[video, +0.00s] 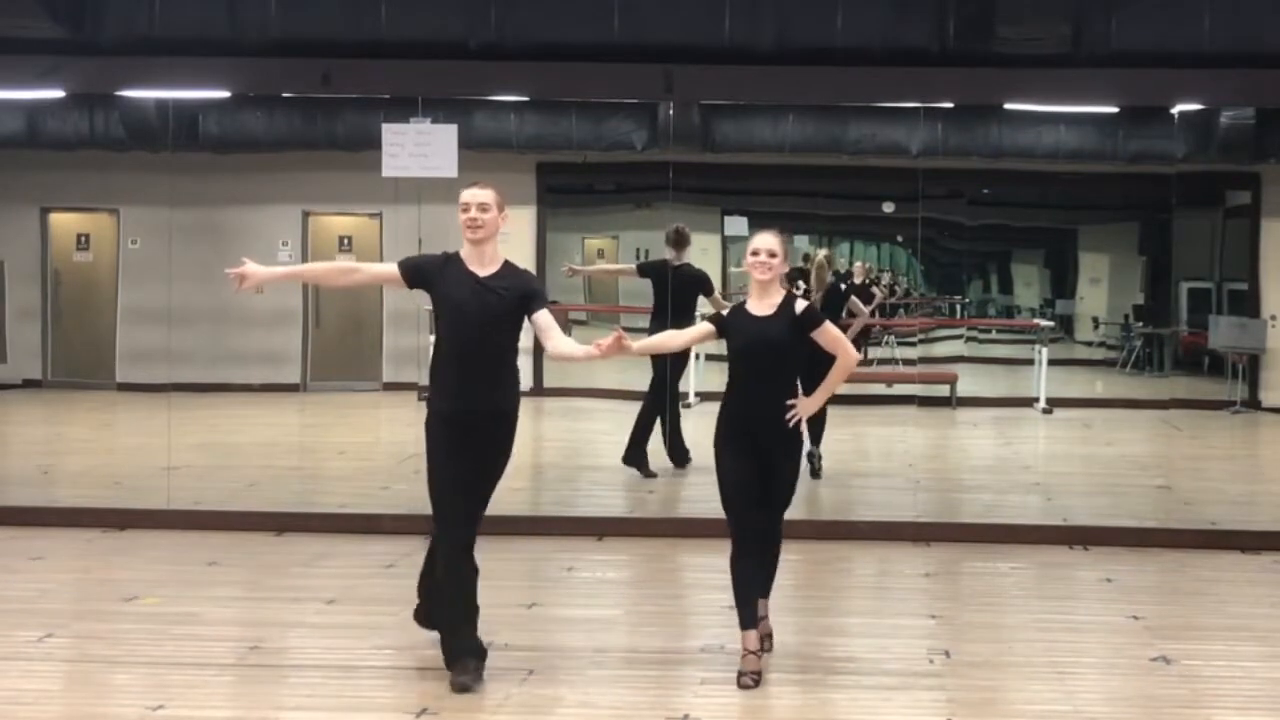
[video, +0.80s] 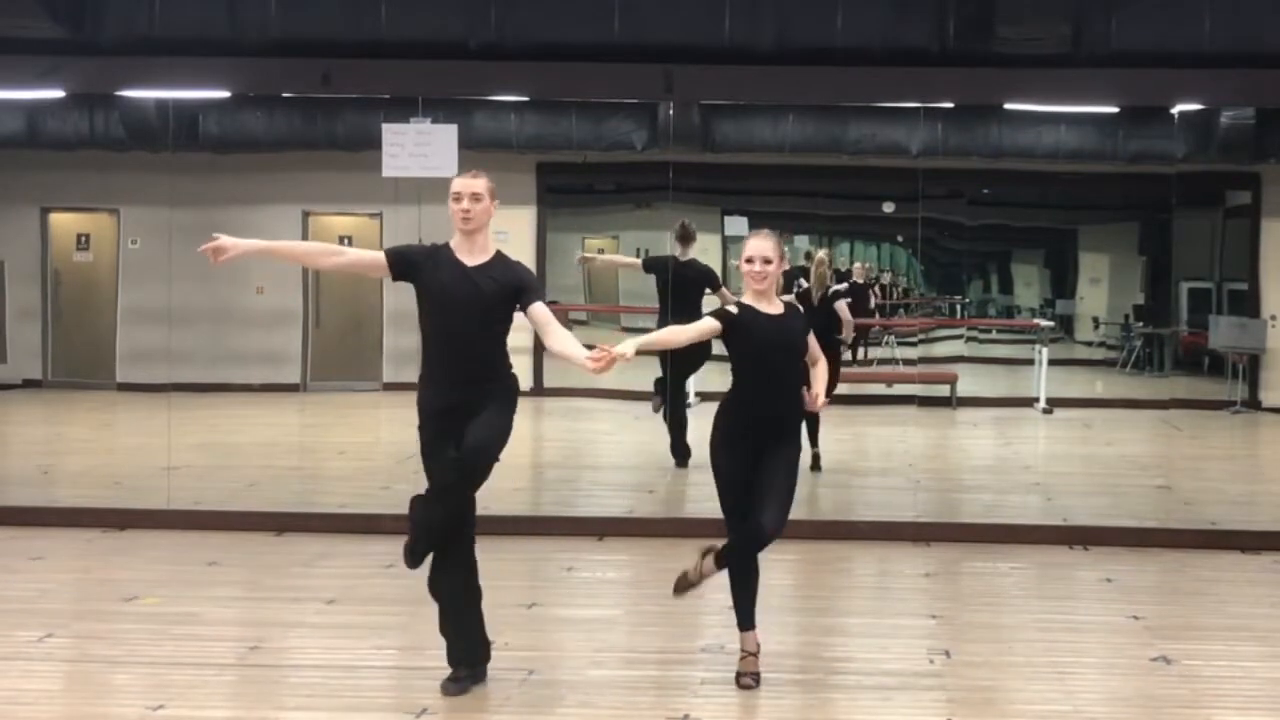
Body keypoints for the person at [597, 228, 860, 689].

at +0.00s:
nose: (761, 260)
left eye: (770, 254)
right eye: (755, 253)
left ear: (785, 263)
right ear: (744, 261)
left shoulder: (799, 311)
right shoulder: (731, 314)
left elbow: (849, 355)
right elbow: (679, 338)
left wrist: (815, 400)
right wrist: (630, 347)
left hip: (782, 435)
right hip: (735, 434)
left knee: (769, 529)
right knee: (744, 532)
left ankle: (761, 613)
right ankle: (748, 640)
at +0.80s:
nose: (756, 268)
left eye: (766, 261)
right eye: (749, 260)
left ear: (781, 267)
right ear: (740, 266)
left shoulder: (795, 317)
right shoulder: (732, 315)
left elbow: (818, 360)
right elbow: (683, 334)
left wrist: (818, 393)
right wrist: (632, 345)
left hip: (783, 436)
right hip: (736, 434)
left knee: (768, 527)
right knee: (742, 538)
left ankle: (711, 561)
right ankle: (749, 643)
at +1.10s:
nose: (762, 270)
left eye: (770, 263)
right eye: (755, 262)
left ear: (785, 267)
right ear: (744, 267)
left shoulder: (801, 314)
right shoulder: (735, 315)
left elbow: (825, 358)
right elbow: (686, 336)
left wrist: (823, 393)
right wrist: (639, 347)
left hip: (787, 434)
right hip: (739, 432)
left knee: (766, 525)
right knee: (741, 535)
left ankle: (697, 580)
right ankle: (754, 642)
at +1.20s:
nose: (765, 272)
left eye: (774, 264)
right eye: (757, 264)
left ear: (788, 269)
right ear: (747, 268)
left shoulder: (807, 317)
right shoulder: (734, 315)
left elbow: (839, 358)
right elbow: (686, 339)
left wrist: (826, 397)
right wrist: (639, 353)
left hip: (785, 437)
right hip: (737, 435)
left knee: (759, 532)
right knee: (743, 532)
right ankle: (752, 633)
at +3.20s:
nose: (750, 277)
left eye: (758, 269)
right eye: (741, 269)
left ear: (771, 273)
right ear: (726, 271)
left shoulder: (788, 316)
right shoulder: (711, 323)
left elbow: (843, 357)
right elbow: (661, 371)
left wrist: (811, 350)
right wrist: (648, 325)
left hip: (770, 446)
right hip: (720, 448)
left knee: (754, 551)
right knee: (741, 550)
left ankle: (763, 658)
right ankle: (762, 648)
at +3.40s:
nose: (732, 283)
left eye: (741, 275)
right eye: (725, 275)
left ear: (757, 280)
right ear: (714, 278)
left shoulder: (767, 328)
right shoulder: (697, 323)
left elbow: (802, 373)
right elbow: (634, 351)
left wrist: (806, 320)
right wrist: (636, 291)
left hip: (765, 455)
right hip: (720, 456)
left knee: (755, 554)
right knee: (680, 553)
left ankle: (775, 657)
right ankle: (740, 638)